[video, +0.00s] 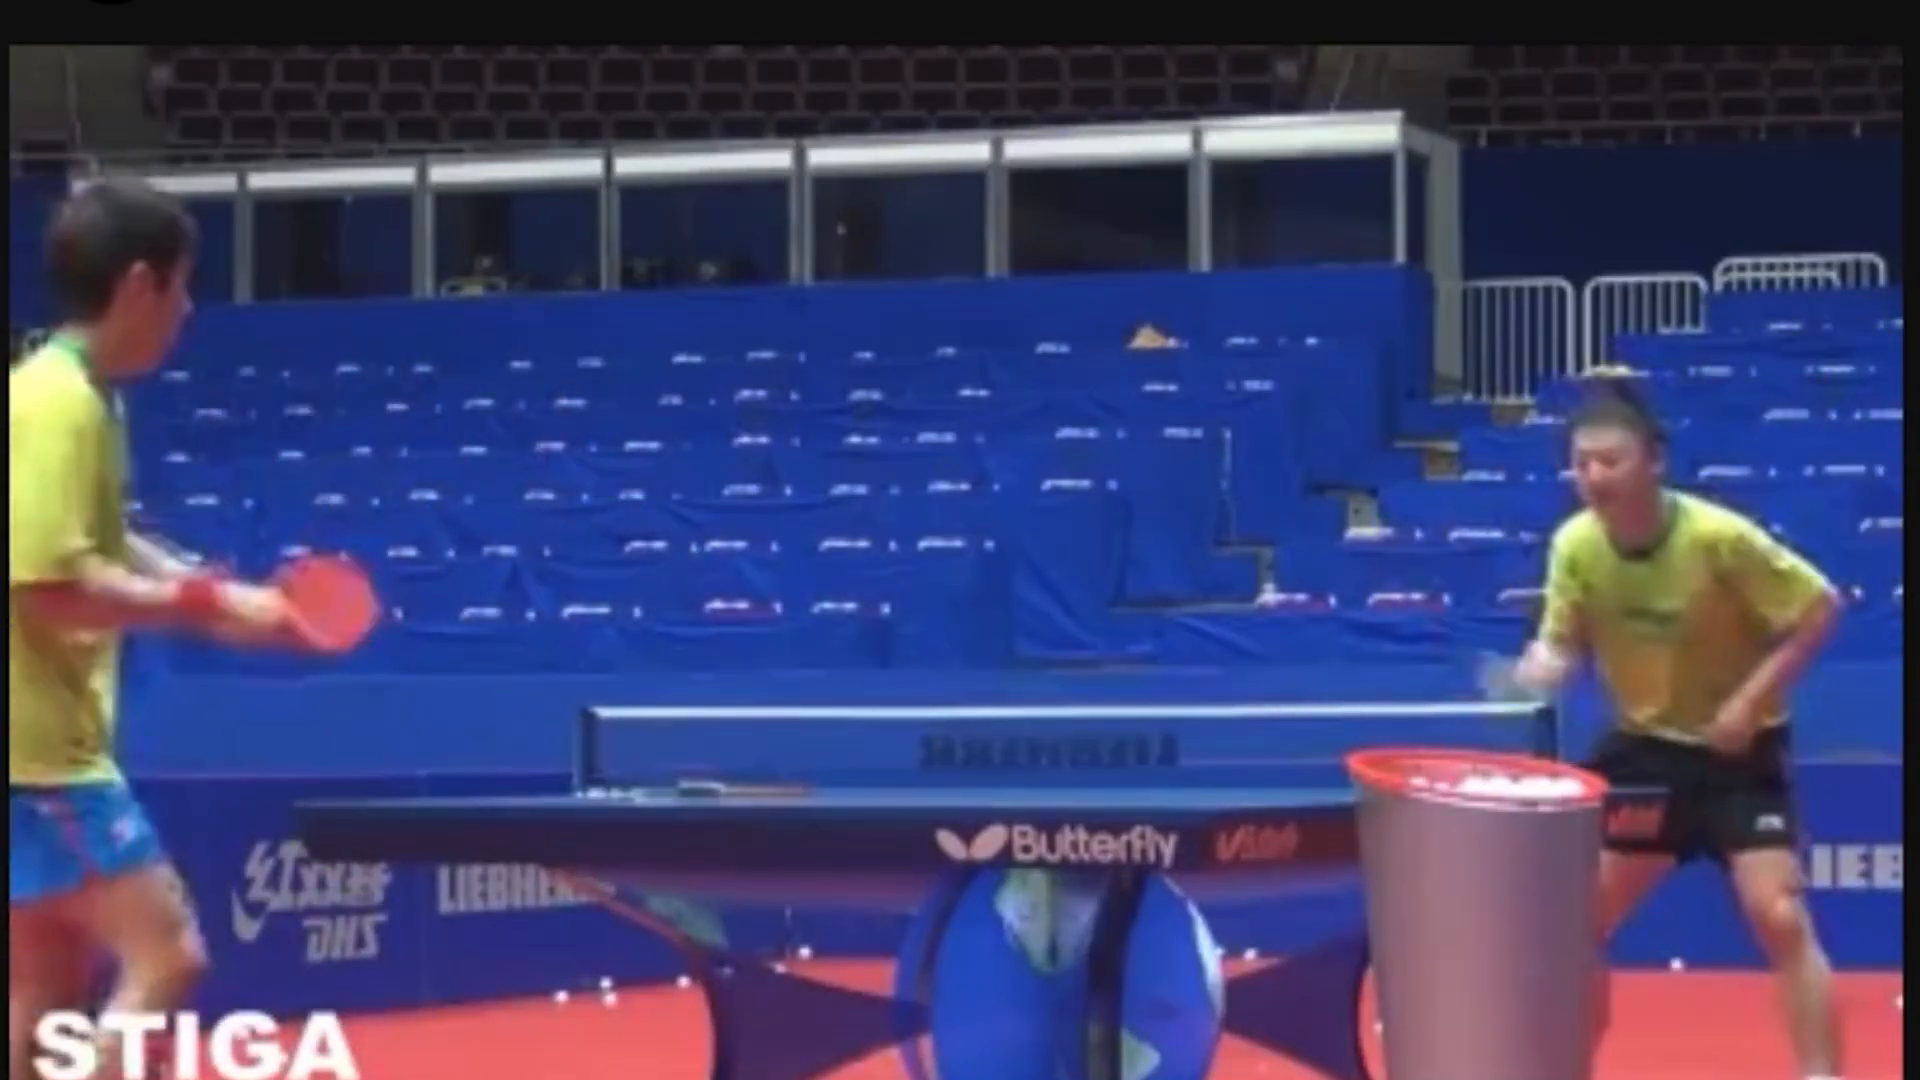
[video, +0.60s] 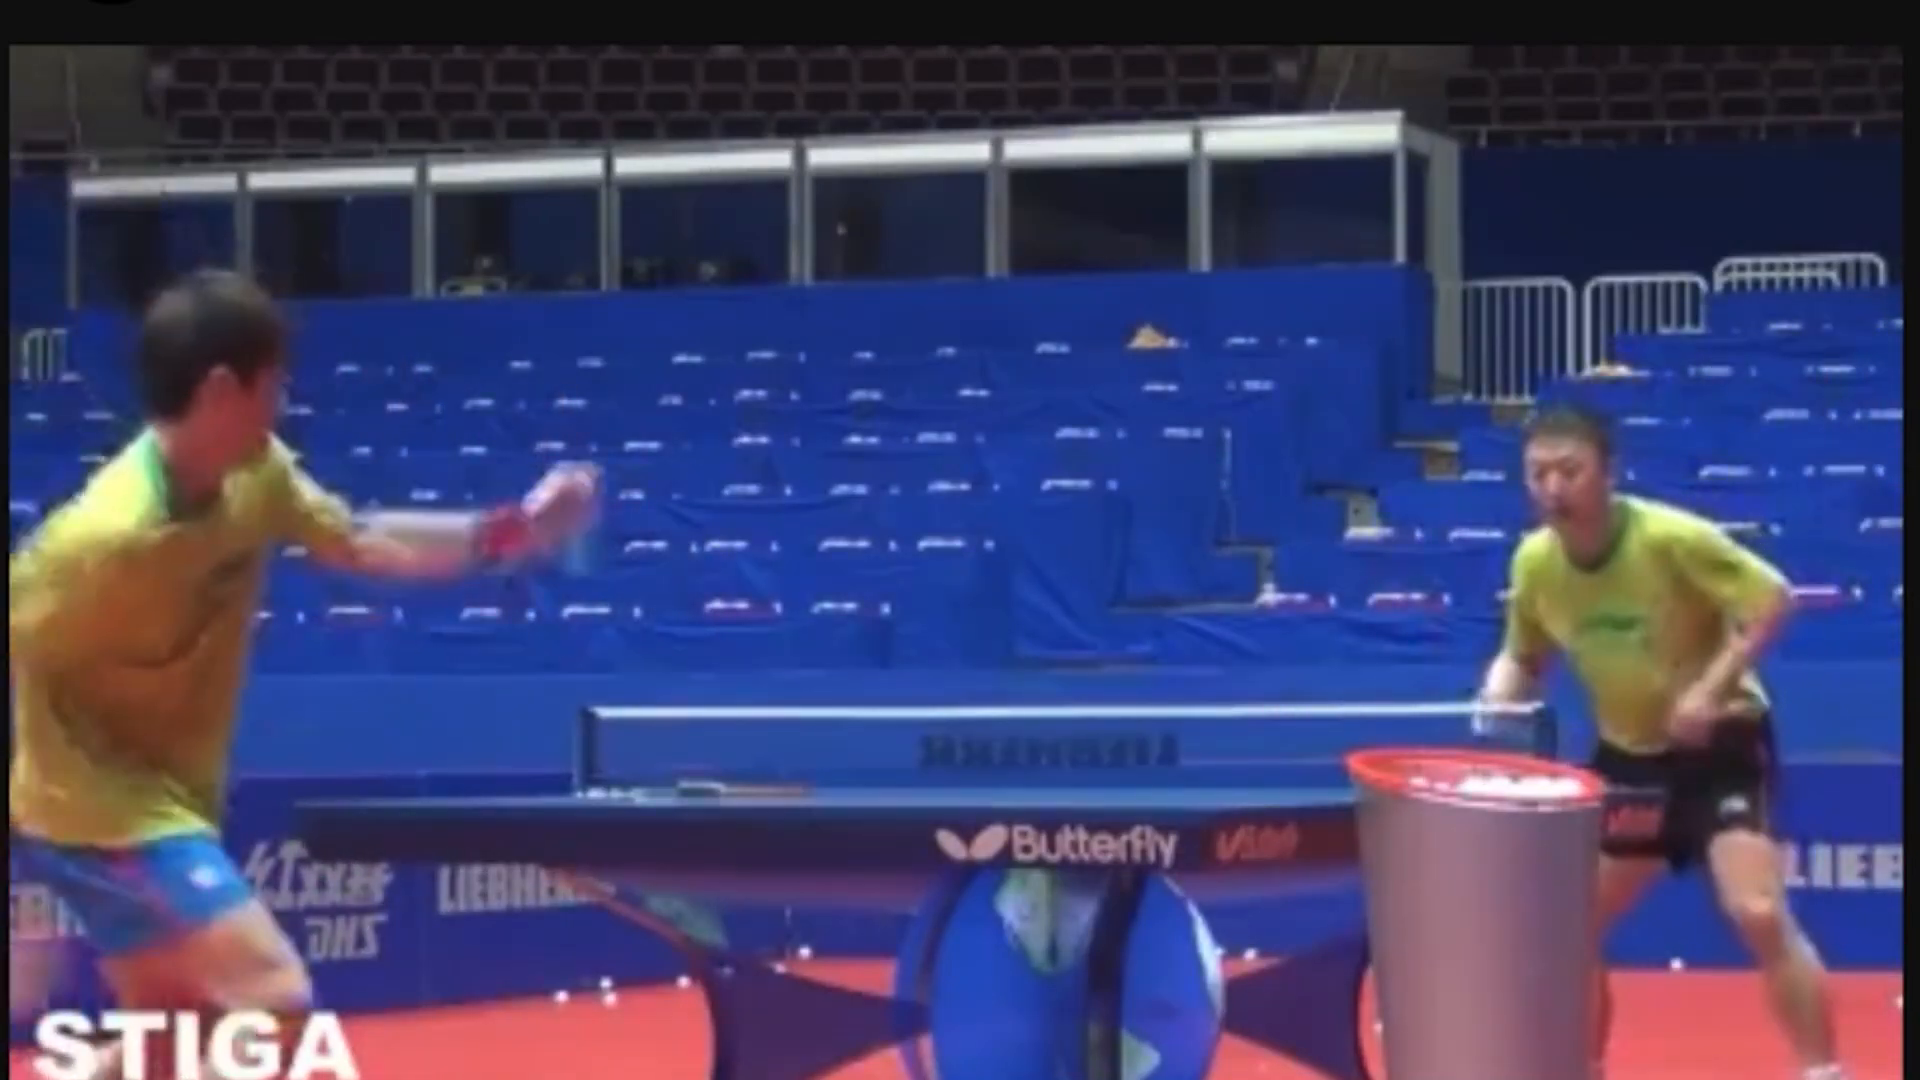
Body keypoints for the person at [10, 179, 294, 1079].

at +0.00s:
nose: (187, 312)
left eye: (186, 288)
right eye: (180, 287)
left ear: (120, 288)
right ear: (135, 287)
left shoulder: (77, 398)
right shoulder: (53, 402)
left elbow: (105, 546)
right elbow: (49, 590)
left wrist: (228, 595)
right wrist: (205, 607)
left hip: (47, 751)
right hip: (42, 757)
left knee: (44, 979)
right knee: (165, 953)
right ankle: (87, 1077)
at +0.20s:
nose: (209, 328)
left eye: (208, 306)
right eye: (200, 305)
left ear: (146, 308)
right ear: (153, 306)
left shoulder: (160, 419)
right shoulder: (52, 435)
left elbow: (216, 530)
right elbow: (26, 623)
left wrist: (324, 578)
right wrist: (157, 696)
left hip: (99, 756)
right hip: (48, 764)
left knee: (86, 996)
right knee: (143, 984)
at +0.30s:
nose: (231, 343)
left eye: (231, 322)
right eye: (223, 320)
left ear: (170, 325)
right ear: (172, 324)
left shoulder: (199, 435)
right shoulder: (57, 465)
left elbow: (288, 520)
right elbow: (20, 670)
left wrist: (411, 570)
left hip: (136, 782)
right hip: (77, 790)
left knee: (112, 1001)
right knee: (190, 981)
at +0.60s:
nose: (282, 406)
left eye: (281, 386)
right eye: (274, 384)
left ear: (218, 392)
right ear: (221, 391)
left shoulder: (256, 471)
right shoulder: (104, 535)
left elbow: (363, 544)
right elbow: (14, 644)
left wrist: (512, 532)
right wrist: (94, 797)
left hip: (168, 799)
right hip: (88, 807)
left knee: (166, 1035)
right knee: (274, 996)